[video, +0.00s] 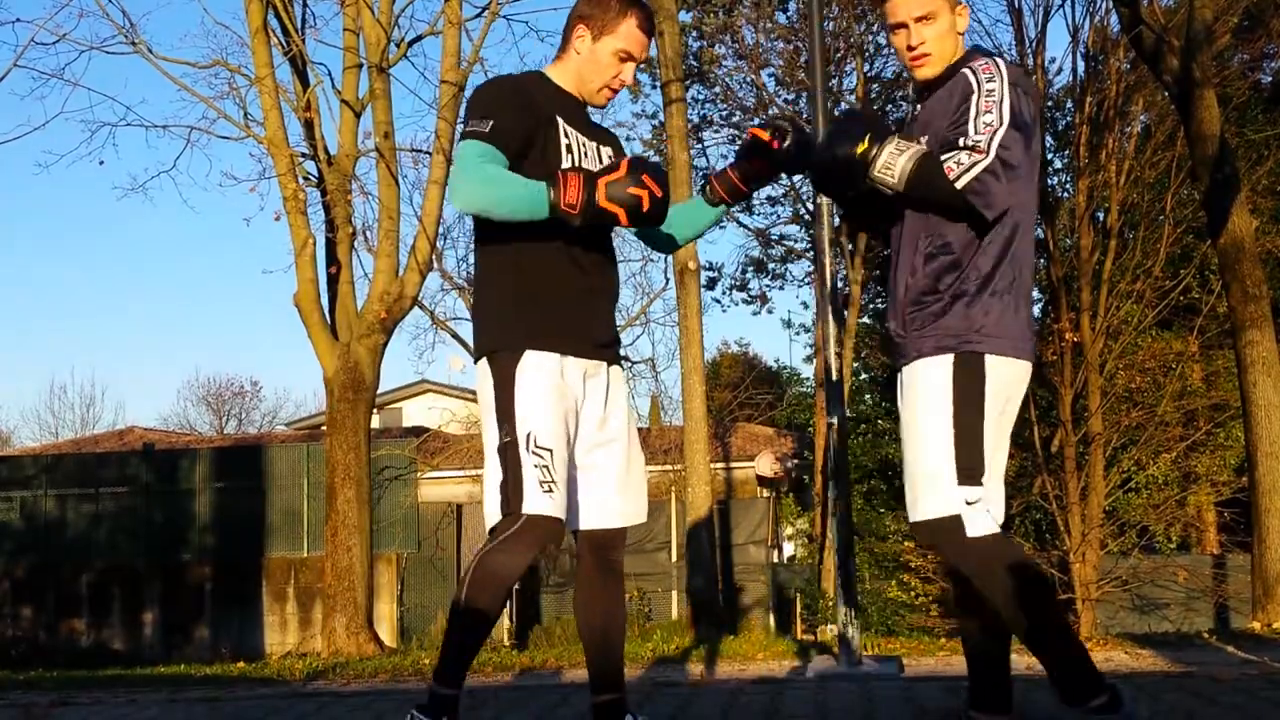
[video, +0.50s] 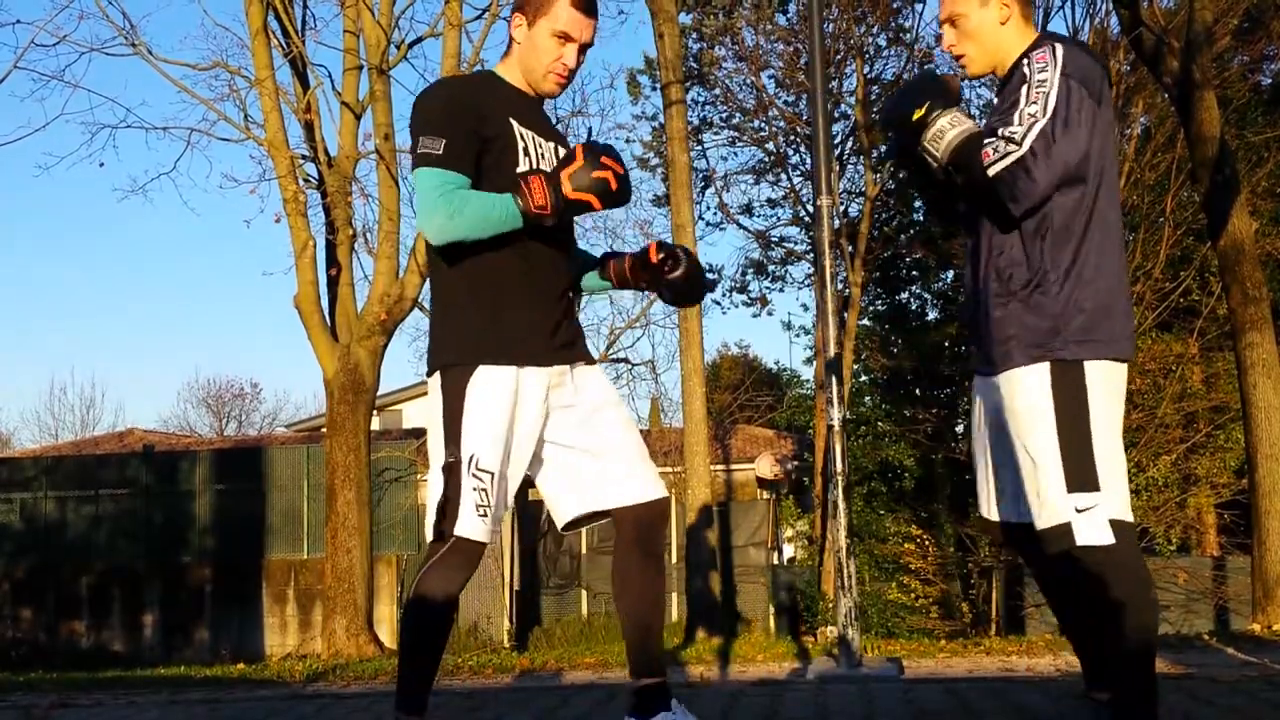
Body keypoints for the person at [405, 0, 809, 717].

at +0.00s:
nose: (630, 78)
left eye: (638, 66)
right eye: (625, 60)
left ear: (604, 46)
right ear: (584, 36)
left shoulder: (605, 144)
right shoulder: (508, 96)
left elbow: (664, 231)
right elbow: (468, 186)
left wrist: (733, 182)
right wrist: (572, 196)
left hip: (598, 354)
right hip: (525, 347)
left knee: (605, 533)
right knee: (530, 522)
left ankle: (610, 713)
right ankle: (440, 701)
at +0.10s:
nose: (623, 75)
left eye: (631, 63)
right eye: (618, 56)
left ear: (591, 42)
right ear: (575, 34)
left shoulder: (591, 140)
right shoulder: (497, 99)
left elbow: (598, 251)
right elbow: (426, 194)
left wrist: (682, 237)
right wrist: (529, 223)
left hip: (595, 357)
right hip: (520, 352)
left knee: (602, 534)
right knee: (514, 527)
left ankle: (610, 711)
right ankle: (418, 705)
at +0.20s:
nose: (613, 73)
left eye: (620, 60)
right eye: (608, 54)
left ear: (582, 45)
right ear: (563, 35)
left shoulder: (576, 134)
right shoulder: (482, 99)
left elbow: (558, 253)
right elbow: (403, 205)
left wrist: (626, 298)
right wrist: (500, 237)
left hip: (582, 360)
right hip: (509, 355)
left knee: (610, 532)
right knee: (492, 533)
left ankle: (610, 711)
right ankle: (416, 707)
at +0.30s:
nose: (601, 75)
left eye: (608, 61)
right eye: (594, 56)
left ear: (565, 42)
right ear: (549, 37)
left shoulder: (561, 135)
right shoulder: (465, 103)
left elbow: (536, 262)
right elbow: (403, 218)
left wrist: (586, 324)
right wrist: (503, 238)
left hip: (569, 359)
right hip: (491, 358)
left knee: (621, 527)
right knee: (475, 535)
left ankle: (613, 712)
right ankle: (410, 712)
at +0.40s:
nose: (584, 74)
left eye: (591, 61)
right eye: (577, 55)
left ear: (576, 56)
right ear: (530, 37)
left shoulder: (552, 140)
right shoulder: (454, 107)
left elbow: (542, 254)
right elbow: (420, 223)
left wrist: (602, 303)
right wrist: (531, 235)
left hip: (559, 359)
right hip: (480, 361)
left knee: (634, 513)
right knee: (467, 539)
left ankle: (624, 705)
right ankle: (409, 712)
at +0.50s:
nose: (572, 60)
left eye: (582, 48)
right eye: (563, 40)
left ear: (584, 50)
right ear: (520, 25)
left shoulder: (556, 137)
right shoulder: (452, 100)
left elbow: (554, 261)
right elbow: (437, 215)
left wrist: (627, 270)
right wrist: (541, 197)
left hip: (565, 358)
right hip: (484, 357)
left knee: (642, 506)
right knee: (463, 537)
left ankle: (652, 702)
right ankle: (408, 715)